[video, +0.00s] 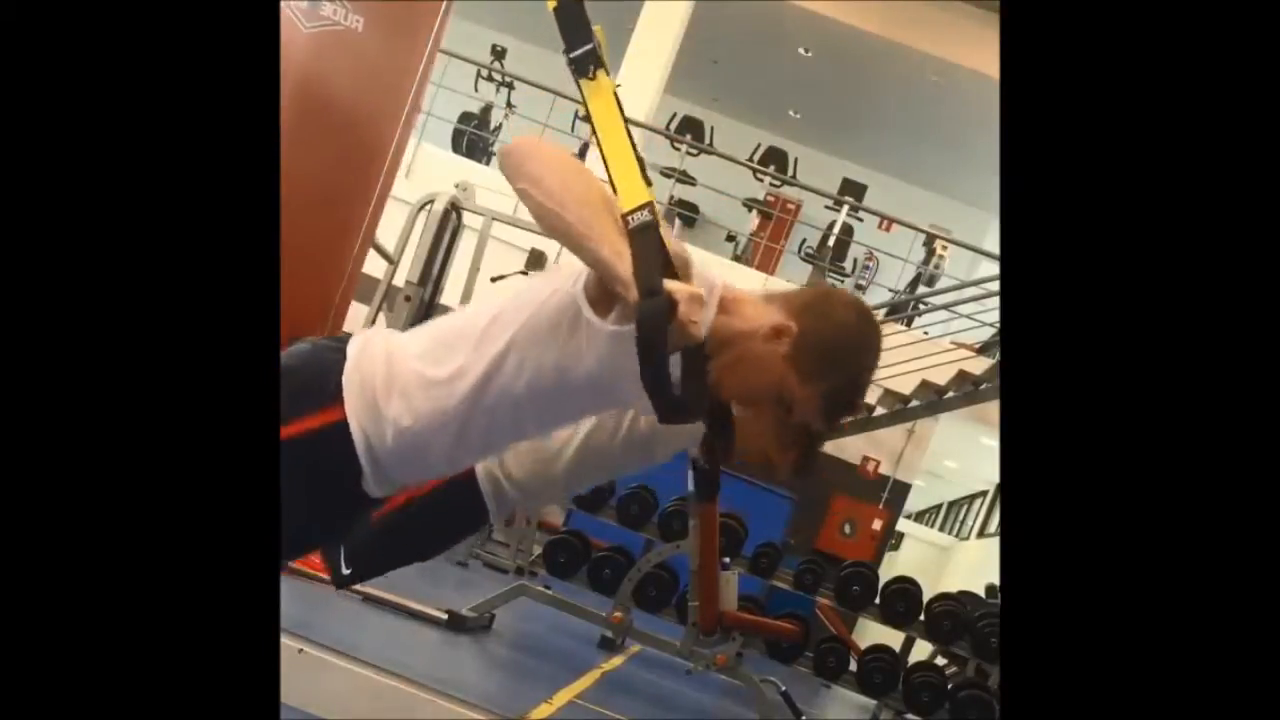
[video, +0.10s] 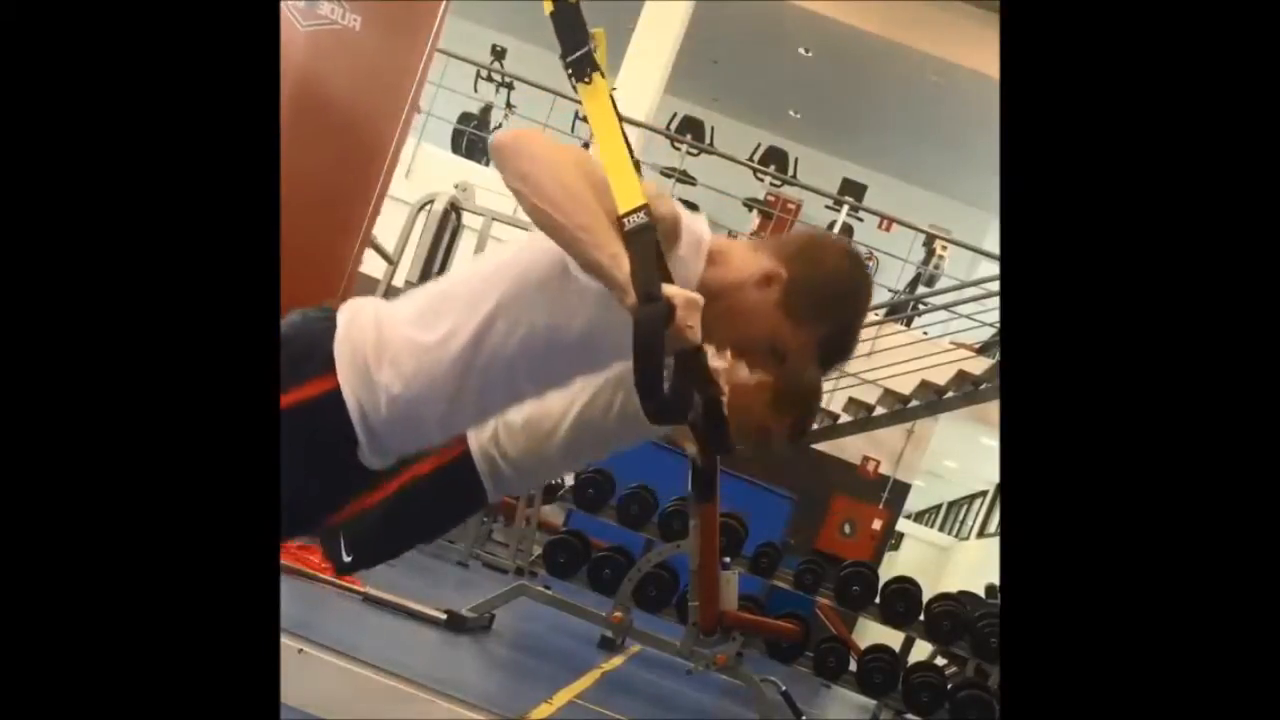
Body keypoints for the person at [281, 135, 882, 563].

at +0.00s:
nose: (767, 418)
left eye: (789, 415)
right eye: (783, 398)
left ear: (779, 332)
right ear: (776, 330)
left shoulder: (699, 375)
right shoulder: (665, 269)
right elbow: (525, 154)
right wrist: (634, 280)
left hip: (368, 469)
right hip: (332, 419)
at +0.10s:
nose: (753, 362)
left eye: (771, 364)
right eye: (770, 348)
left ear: (770, 272)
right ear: (769, 277)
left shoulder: (686, 330)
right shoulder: (667, 231)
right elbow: (519, 147)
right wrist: (638, 285)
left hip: (370, 444)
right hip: (332, 387)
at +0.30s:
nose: (732, 268)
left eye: (753, 266)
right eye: (749, 251)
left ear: (738, 172)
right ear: (736, 175)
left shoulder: (646, 228)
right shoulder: (630, 138)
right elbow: (511, 134)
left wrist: (666, 374)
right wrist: (620, 294)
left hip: (361, 388)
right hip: (315, 321)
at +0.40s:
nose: (712, 230)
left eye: (732, 226)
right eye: (729, 209)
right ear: (717, 136)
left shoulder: (628, 198)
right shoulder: (608, 102)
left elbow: (629, 297)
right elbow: (506, 132)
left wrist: (669, 371)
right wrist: (600, 290)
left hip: (352, 357)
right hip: (305, 295)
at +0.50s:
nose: (700, 195)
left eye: (721, 189)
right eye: (715, 172)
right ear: (698, 104)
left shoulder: (610, 165)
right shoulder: (583, 69)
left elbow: (626, 273)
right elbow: (507, 134)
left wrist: (669, 380)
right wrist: (598, 286)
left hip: (336, 337)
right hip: (294, 273)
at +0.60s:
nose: (689, 168)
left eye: (707, 161)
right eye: (702, 146)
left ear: (681, 71)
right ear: (683, 71)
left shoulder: (596, 139)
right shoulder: (556, 43)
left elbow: (611, 251)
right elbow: (510, 147)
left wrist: (657, 369)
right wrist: (604, 295)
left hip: (329, 321)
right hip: (289, 261)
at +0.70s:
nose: (672, 141)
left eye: (691, 135)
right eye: (685, 118)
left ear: (660, 38)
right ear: (666, 37)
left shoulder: (577, 116)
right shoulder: (542, 21)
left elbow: (601, 235)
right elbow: (519, 148)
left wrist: (644, 325)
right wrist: (612, 294)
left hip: (323, 310)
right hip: (286, 251)